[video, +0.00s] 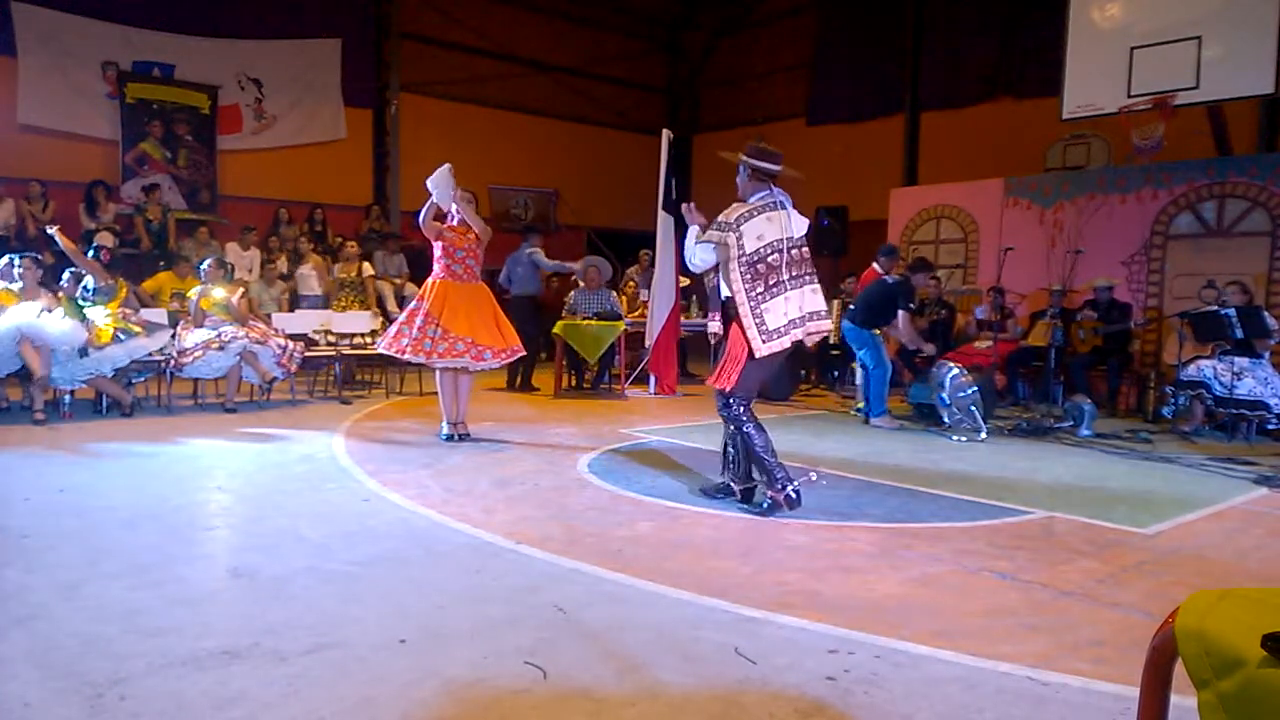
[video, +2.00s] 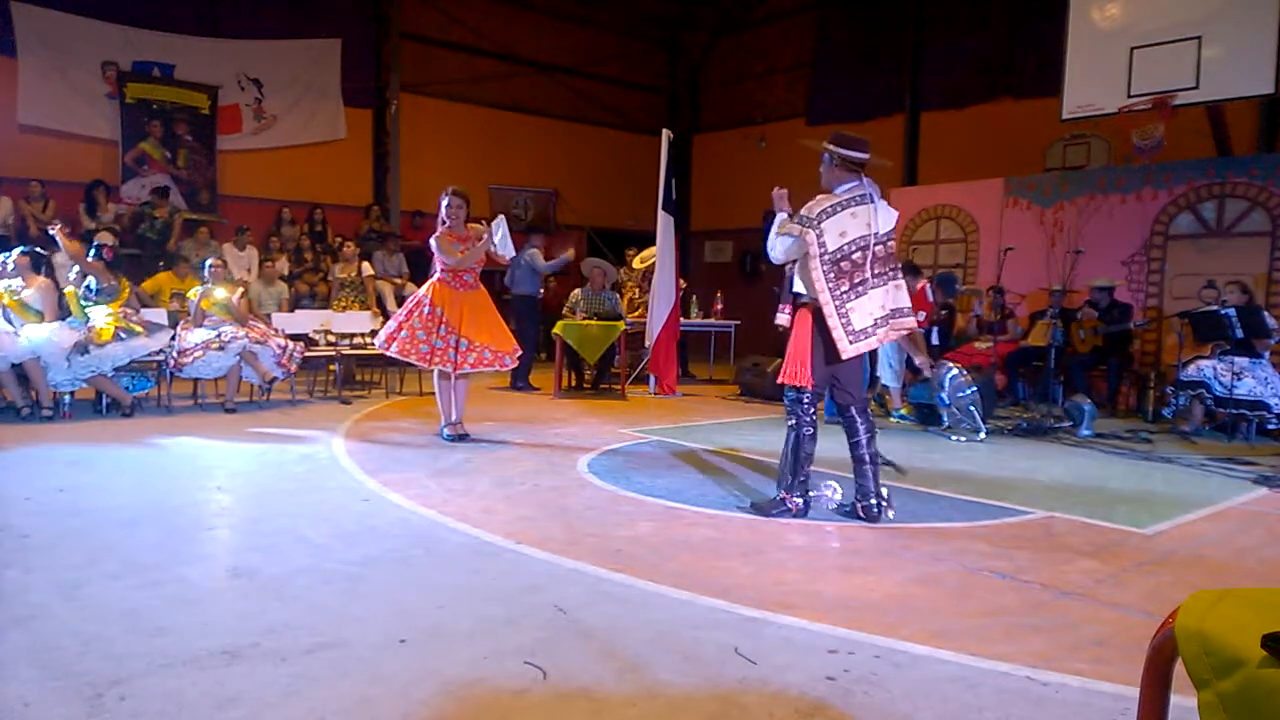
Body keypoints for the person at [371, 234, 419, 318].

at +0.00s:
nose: (396, 245)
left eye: (397, 242)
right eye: (393, 242)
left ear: (398, 243)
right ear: (387, 243)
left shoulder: (400, 256)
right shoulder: (379, 254)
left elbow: (406, 272)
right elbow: (379, 273)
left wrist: (402, 283)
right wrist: (393, 282)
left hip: (398, 278)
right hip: (383, 278)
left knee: (413, 291)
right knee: (387, 291)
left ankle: (408, 315)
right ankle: (394, 314)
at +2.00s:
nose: (395, 244)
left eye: (396, 241)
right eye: (392, 241)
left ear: (398, 243)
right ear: (386, 243)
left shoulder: (400, 255)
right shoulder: (378, 255)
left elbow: (405, 272)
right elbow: (379, 274)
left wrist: (403, 282)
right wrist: (393, 281)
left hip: (397, 278)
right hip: (384, 278)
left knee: (412, 289)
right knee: (386, 289)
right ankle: (393, 313)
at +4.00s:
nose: (397, 245)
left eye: (398, 243)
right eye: (394, 243)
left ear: (399, 244)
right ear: (388, 243)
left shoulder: (400, 256)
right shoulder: (379, 254)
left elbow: (405, 272)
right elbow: (380, 273)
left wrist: (404, 282)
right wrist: (394, 283)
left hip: (398, 278)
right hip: (383, 278)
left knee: (414, 291)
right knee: (387, 291)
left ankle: (418, 317)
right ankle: (387, 318)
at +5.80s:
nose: (396, 246)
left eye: (398, 243)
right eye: (394, 243)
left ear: (400, 244)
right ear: (387, 244)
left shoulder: (400, 256)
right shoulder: (379, 255)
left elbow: (405, 272)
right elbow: (380, 274)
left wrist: (404, 282)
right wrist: (394, 283)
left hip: (398, 278)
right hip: (384, 278)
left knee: (413, 291)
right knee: (387, 292)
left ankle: (417, 316)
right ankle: (387, 317)